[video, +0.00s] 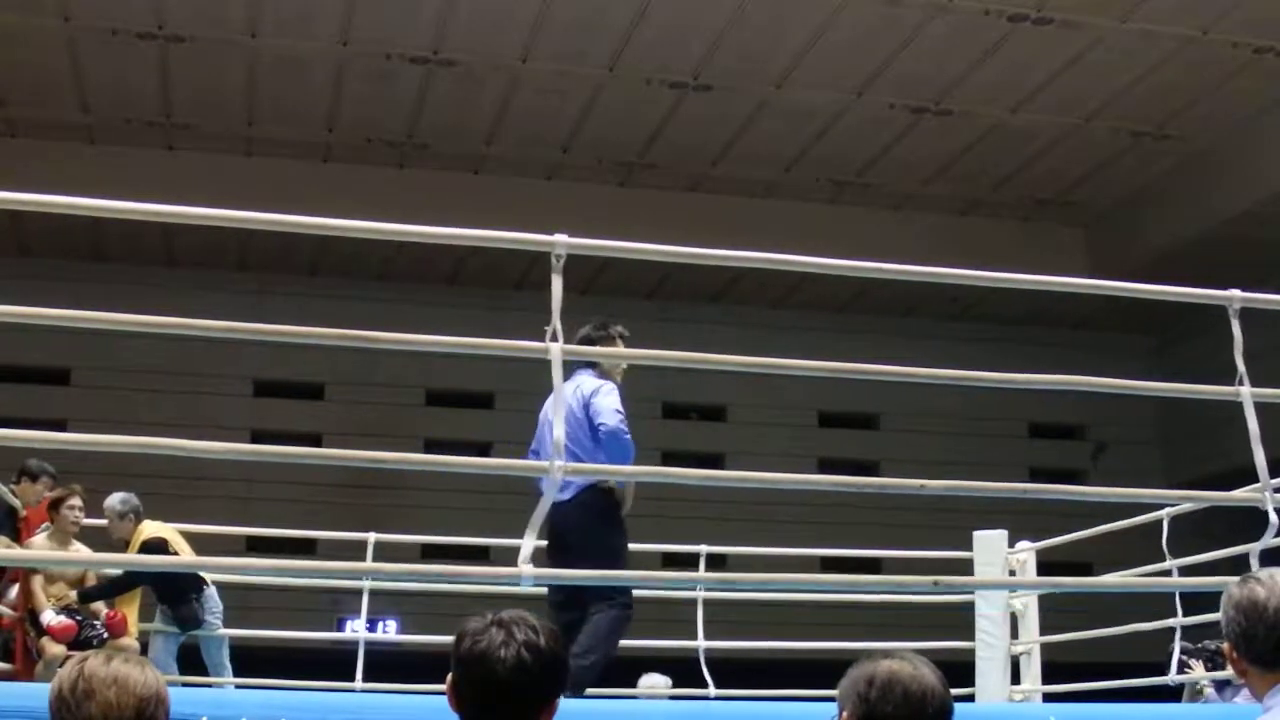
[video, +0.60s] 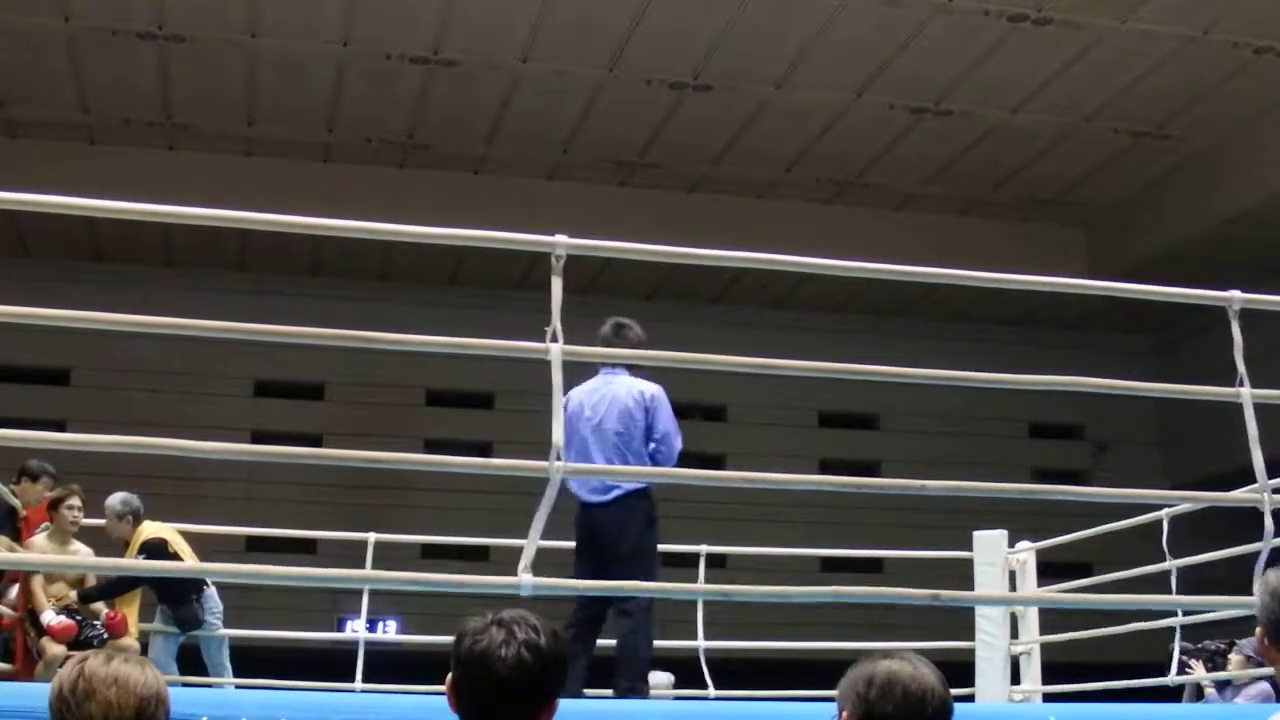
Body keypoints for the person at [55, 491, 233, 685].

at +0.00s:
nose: (107, 525)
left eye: (111, 520)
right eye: (107, 520)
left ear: (130, 520)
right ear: (129, 520)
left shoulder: (154, 542)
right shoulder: (138, 539)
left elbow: (126, 584)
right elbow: (127, 582)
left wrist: (79, 596)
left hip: (201, 600)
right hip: (169, 603)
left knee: (218, 665)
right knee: (160, 660)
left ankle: (229, 713)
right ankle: (173, 710)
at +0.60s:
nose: (105, 524)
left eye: (109, 519)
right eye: (106, 518)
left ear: (127, 521)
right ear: (127, 521)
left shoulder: (154, 542)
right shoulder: (136, 540)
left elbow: (125, 584)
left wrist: (79, 596)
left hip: (202, 601)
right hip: (170, 603)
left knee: (218, 666)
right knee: (160, 660)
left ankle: (229, 711)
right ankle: (177, 709)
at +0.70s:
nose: (105, 524)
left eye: (109, 518)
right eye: (106, 518)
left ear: (128, 520)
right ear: (128, 520)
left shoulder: (154, 541)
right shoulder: (137, 540)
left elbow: (124, 584)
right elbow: (123, 584)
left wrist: (79, 596)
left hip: (202, 600)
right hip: (171, 603)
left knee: (218, 666)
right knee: (160, 660)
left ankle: (229, 712)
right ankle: (176, 709)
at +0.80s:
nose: (106, 525)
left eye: (109, 519)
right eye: (106, 519)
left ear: (127, 521)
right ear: (127, 520)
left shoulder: (154, 542)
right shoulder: (138, 538)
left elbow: (126, 583)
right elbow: (124, 582)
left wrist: (79, 596)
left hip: (202, 600)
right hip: (171, 603)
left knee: (218, 666)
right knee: (160, 660)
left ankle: (229, 712)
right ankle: (176, 709)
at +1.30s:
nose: (106, 525)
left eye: (109, 520)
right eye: (106, 520)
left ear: (128, 521)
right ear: (129, 520)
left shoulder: (154, 543)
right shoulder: (139, 539)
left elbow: (125, 583)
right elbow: (127, 583)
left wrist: (78, 597)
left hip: (202, 600)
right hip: (171, 603)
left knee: (217, 665)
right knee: (160, 660)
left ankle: (230, 713)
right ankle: (173, 709)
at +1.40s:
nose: (105, 525)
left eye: (109, 519)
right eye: (106, 519)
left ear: (128, 520)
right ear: (128, 520)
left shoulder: (154, 543)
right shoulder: (139, 539)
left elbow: (124, 584)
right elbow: (125, 583)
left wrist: (79, 597)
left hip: (202, 600)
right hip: (171, 603)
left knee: (217, 664)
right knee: (159, 660)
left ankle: (230, 712)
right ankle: (175, 708)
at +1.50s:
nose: (106, 525)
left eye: (109, 519)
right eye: (106, 519)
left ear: (127, 520)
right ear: (128, 520)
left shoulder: (154, 542)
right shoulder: (138, 539)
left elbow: (125, 583)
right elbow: (125, 582)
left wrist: (79, 597)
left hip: (202, 600)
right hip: (171, 603)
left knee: (217, 665)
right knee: (160, 660)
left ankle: (230, 712)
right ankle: (175, 708)